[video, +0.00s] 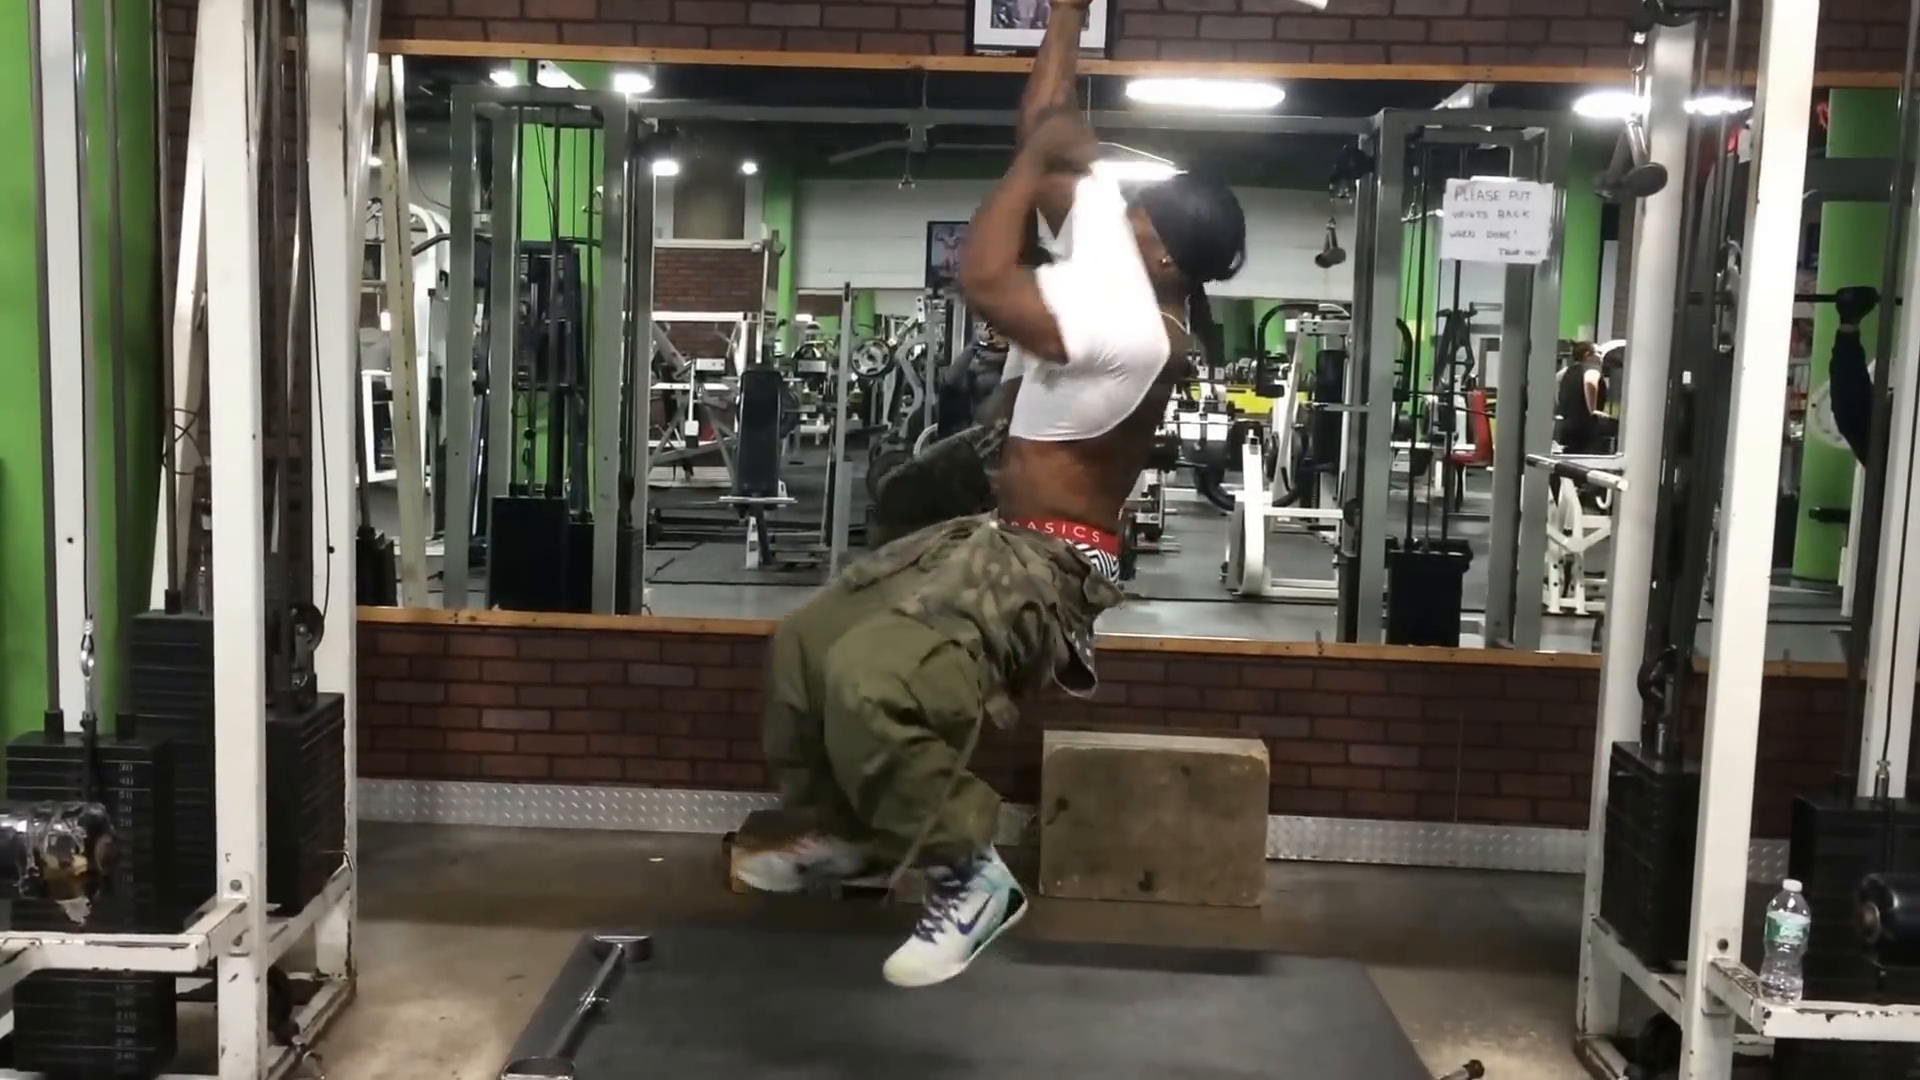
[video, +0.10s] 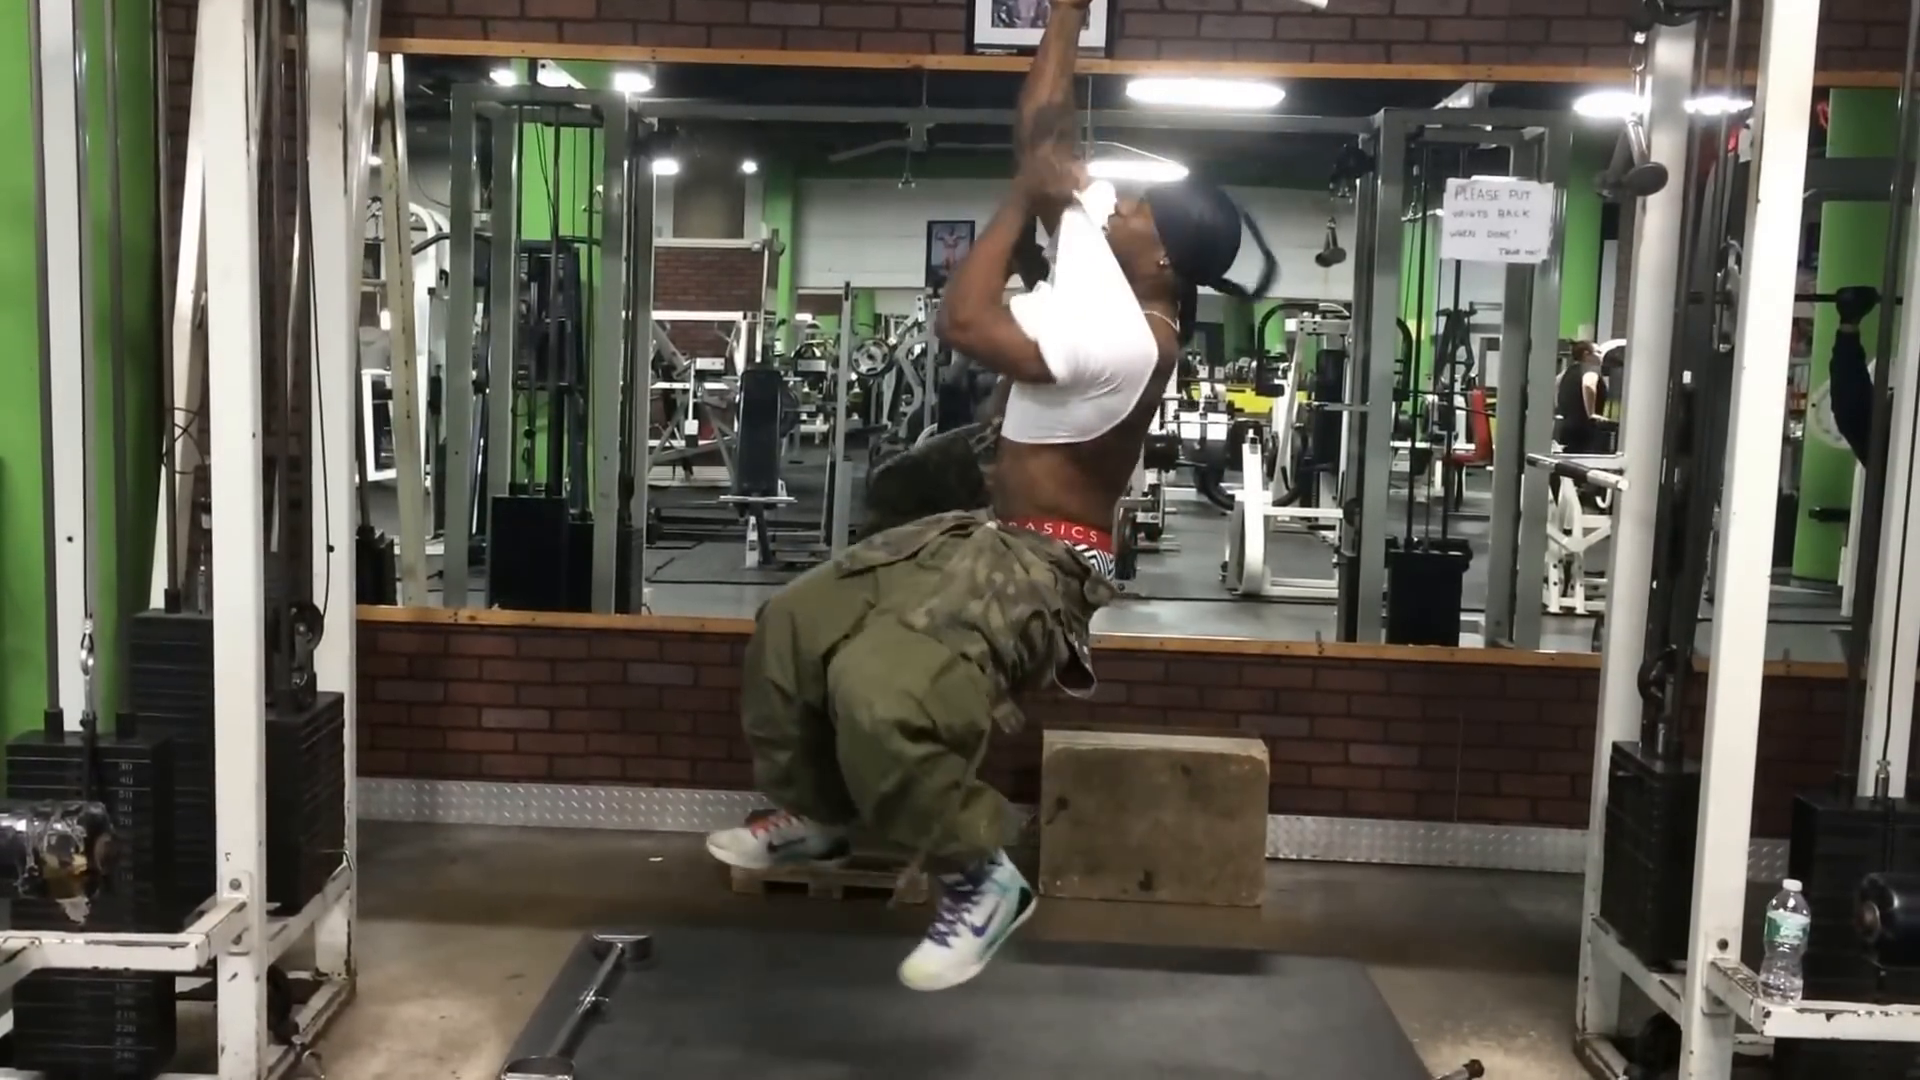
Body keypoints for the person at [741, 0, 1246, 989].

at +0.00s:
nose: (1113, 202)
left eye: (1129, 201)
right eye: (1123, 198)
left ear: (1161, 252)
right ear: (1158, 252)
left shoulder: (1129, 326)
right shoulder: (1107, 292)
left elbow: (986, 280)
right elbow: (1045, 152)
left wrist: (1034, 170)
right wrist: (1064, 34)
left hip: (1055, 553)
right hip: (997, 531)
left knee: (868, 673)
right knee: (807, 642)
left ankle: (972, 868)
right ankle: (850, 836)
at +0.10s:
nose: (1117, 202)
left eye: (1138, 204)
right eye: (1131, 195)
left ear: (1165, 255)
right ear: (1153, 252)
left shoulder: (1121, 335)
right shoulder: (1102, 299)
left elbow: (967, 316)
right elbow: (1042, 148)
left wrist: (1021, 203)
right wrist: (1064, 28)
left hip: (1045, 555)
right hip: (984, 530)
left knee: (876, 685)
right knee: (793, 624)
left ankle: (984, 875)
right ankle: (815, 817)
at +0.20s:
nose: (1112, 207)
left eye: (1132, 210)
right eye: (1125, 199)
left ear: (1163, 261)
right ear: (1143, 253)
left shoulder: (1120, 345)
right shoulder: (1100, 293)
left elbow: (968, 338)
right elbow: (1042, 146)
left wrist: (1017, 215)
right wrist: (1064, 26)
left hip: (1039, 561)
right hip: (970, 532)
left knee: (892, 711)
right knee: (785, 627)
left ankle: (1010, 881)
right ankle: (805, 811)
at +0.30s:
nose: (1117, 210)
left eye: (1138, 210)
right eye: (1126, 202)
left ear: (1169, 262)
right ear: (1117, 225)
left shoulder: (1142, 365)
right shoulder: (1081, 266)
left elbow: (984, 349)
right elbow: (1033, 144)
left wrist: (1037, 224)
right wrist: (1066, 18)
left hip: (1026, 563)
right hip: (951, 528)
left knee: (914, 749)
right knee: (785, 644)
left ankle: (1034, 872)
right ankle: (804, 809)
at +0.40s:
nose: (1123, 225)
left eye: (1146, 225)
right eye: (1128, 214)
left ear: (1178, 269)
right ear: (1114, 225)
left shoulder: (1154, 375)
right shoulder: (1077, 238)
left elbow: (1009, 351)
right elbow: (1031, 135)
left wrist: (1020, 223)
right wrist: (1066, 17)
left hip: (1022, 573)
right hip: (940, 531)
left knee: (955, 778)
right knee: (786, 666)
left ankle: (1063, 865)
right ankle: (813, 809)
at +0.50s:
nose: (1133, 224)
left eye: (1155, 228)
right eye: (1138, 214)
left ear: (1179, 272)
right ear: (1123, 224)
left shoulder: (1163, 366)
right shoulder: (1070, 246)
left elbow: (1029, 318)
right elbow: (1028, 141)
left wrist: (985, 185)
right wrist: (1065, 19)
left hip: (1021, 583)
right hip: (928, 544)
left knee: (997, 805)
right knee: (802, 702)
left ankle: (1091, 842)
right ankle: (831, 813)